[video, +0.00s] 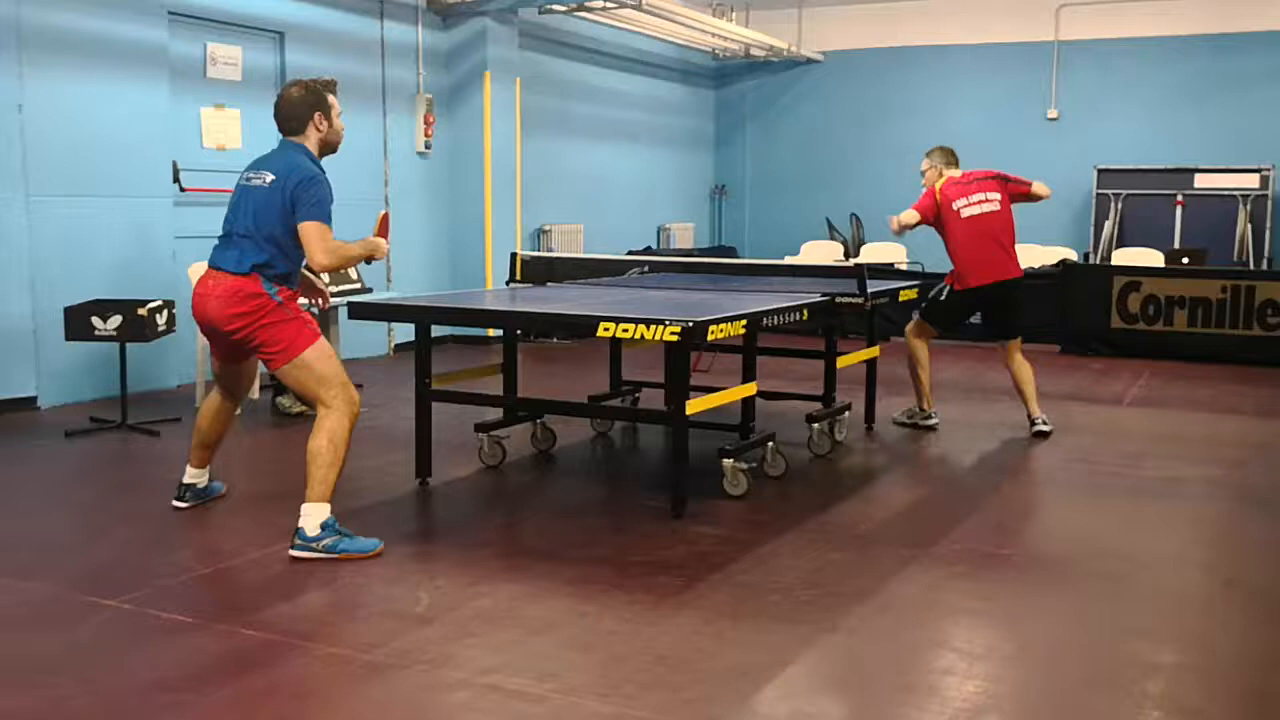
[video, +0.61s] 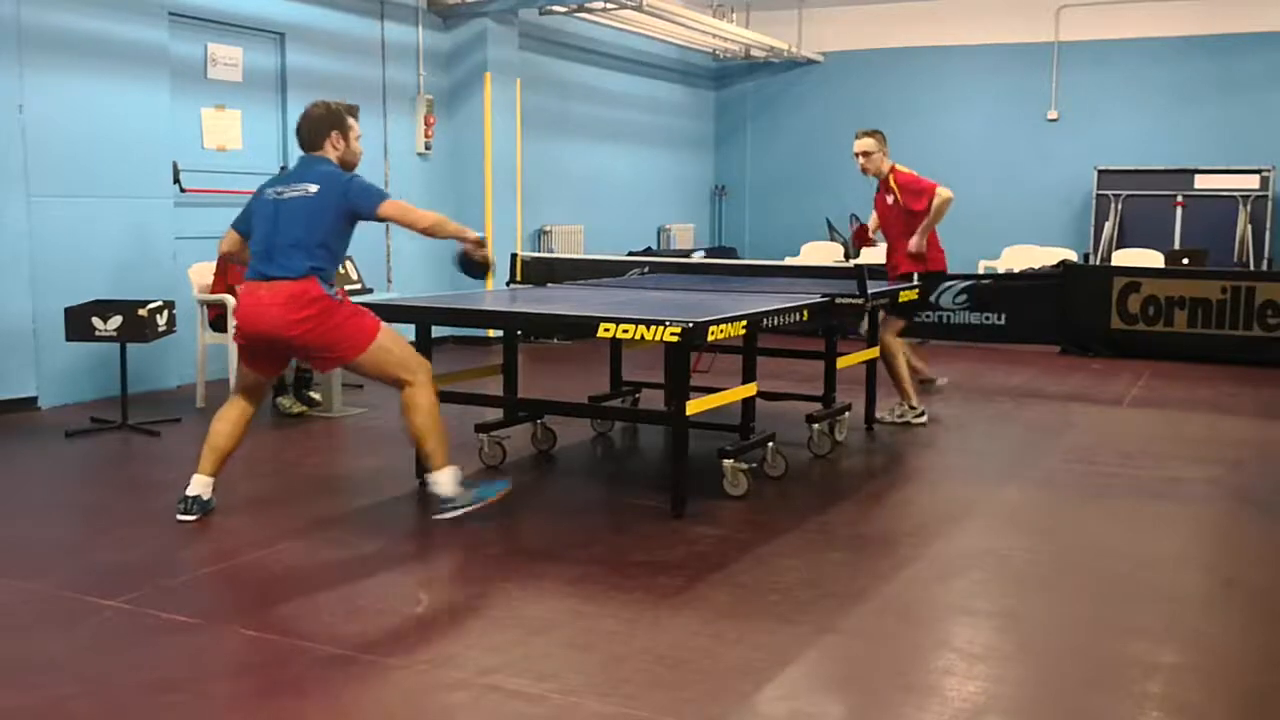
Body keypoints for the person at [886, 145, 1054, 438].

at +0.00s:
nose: (923, 181)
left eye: (924, 174)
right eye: (922, 175)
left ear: (938, 169)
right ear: (956, 167)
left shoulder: (937, 192)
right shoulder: (994, 179)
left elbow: (906, 222)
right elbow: (1043, 191)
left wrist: (898, 224)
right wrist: (1006, 194)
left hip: (970, 281)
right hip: (1009, 278)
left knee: (916, 333)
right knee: (1014, 351)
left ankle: (924, 410)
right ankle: (1037, 417)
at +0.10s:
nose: (916, 193)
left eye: (919, 185)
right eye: (916, 186)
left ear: (934, 180)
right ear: (947, 179)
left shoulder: (938, 198)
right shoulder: (990, 190)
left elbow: (913, 217)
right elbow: (1032, 203)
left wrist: (917, 243)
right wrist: (997, 212)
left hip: (970, 287)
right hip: (1008, 284)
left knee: (909, 328)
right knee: (1010, 358)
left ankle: (922, 402)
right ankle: (1035, 415)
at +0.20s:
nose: (902, 208)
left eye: (906, 200)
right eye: (900, 202)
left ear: (926, 196)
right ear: (935, 197)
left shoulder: (930, 206)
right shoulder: (967, 207)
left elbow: (929, 208)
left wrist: (941, 250)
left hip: (970, 293)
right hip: (1003, 292)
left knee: (900, 322)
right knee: (1000, 368)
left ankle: (921, 394)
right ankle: (1035, 412)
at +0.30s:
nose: (887, 210)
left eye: (892, 202)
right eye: (884, 204)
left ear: (910, 198)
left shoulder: (922, 212)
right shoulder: (930, 218)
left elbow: (945, 202)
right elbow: (933, 240)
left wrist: (945, 246)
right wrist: (921, 262)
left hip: (958, 298)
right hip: (987, 297)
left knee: (891, 335)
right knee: (982, 375)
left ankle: (911, 407)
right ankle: (1031, 406)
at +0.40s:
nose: (874, 198)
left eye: (879, 190)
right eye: (870, 192)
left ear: (896, 187)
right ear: (871, 194)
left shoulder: (913, 205)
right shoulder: (905, 211)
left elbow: (949, 208)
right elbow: (906, 228)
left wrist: (939, 249)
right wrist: (898, 250)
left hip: (946, 292)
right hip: (960, 289)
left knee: (885, 334)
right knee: (950, 371)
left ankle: (910, 407)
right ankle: (1017, 395)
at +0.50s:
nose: (866, 180)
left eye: (872, 173)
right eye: (862, 175)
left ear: (889, 171)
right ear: (862, 177)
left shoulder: (907, 193)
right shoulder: (891, 200)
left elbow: (947, 206)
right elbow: (890, 221)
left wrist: (929, 244)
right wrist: (885, 243)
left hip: (936, 280)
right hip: (921, 280)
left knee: (884, 339)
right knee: (907, 352)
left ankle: (910, 406)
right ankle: (978, 378)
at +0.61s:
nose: (861, 162)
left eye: (866, 155)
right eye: (857, 156)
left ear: (883, 154)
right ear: (857, 159)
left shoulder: (901, 178)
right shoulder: (882, 189)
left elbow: (944, 195)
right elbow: (878, 220)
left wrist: (921, 234)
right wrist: (866, 234)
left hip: (920, 271)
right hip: (901, 272)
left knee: (887, 335)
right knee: (887, 334)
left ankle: (911, 405)